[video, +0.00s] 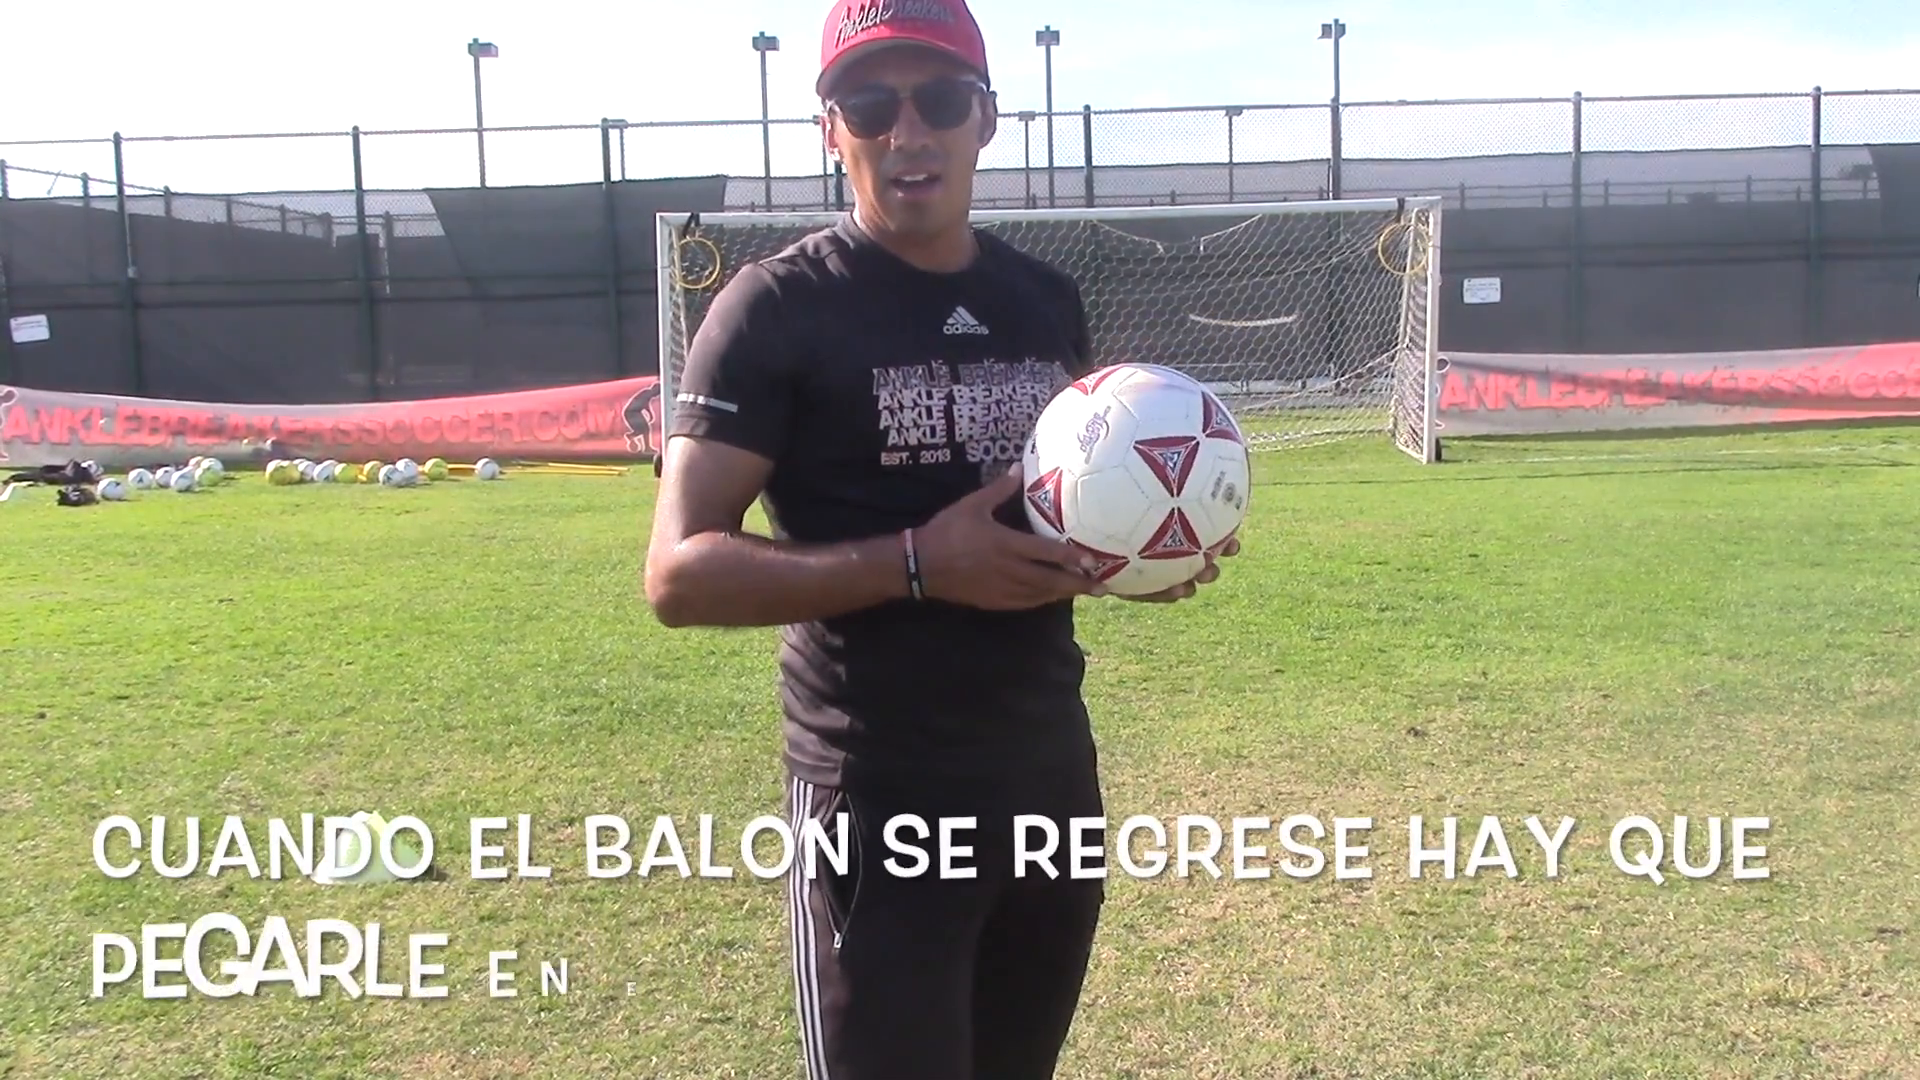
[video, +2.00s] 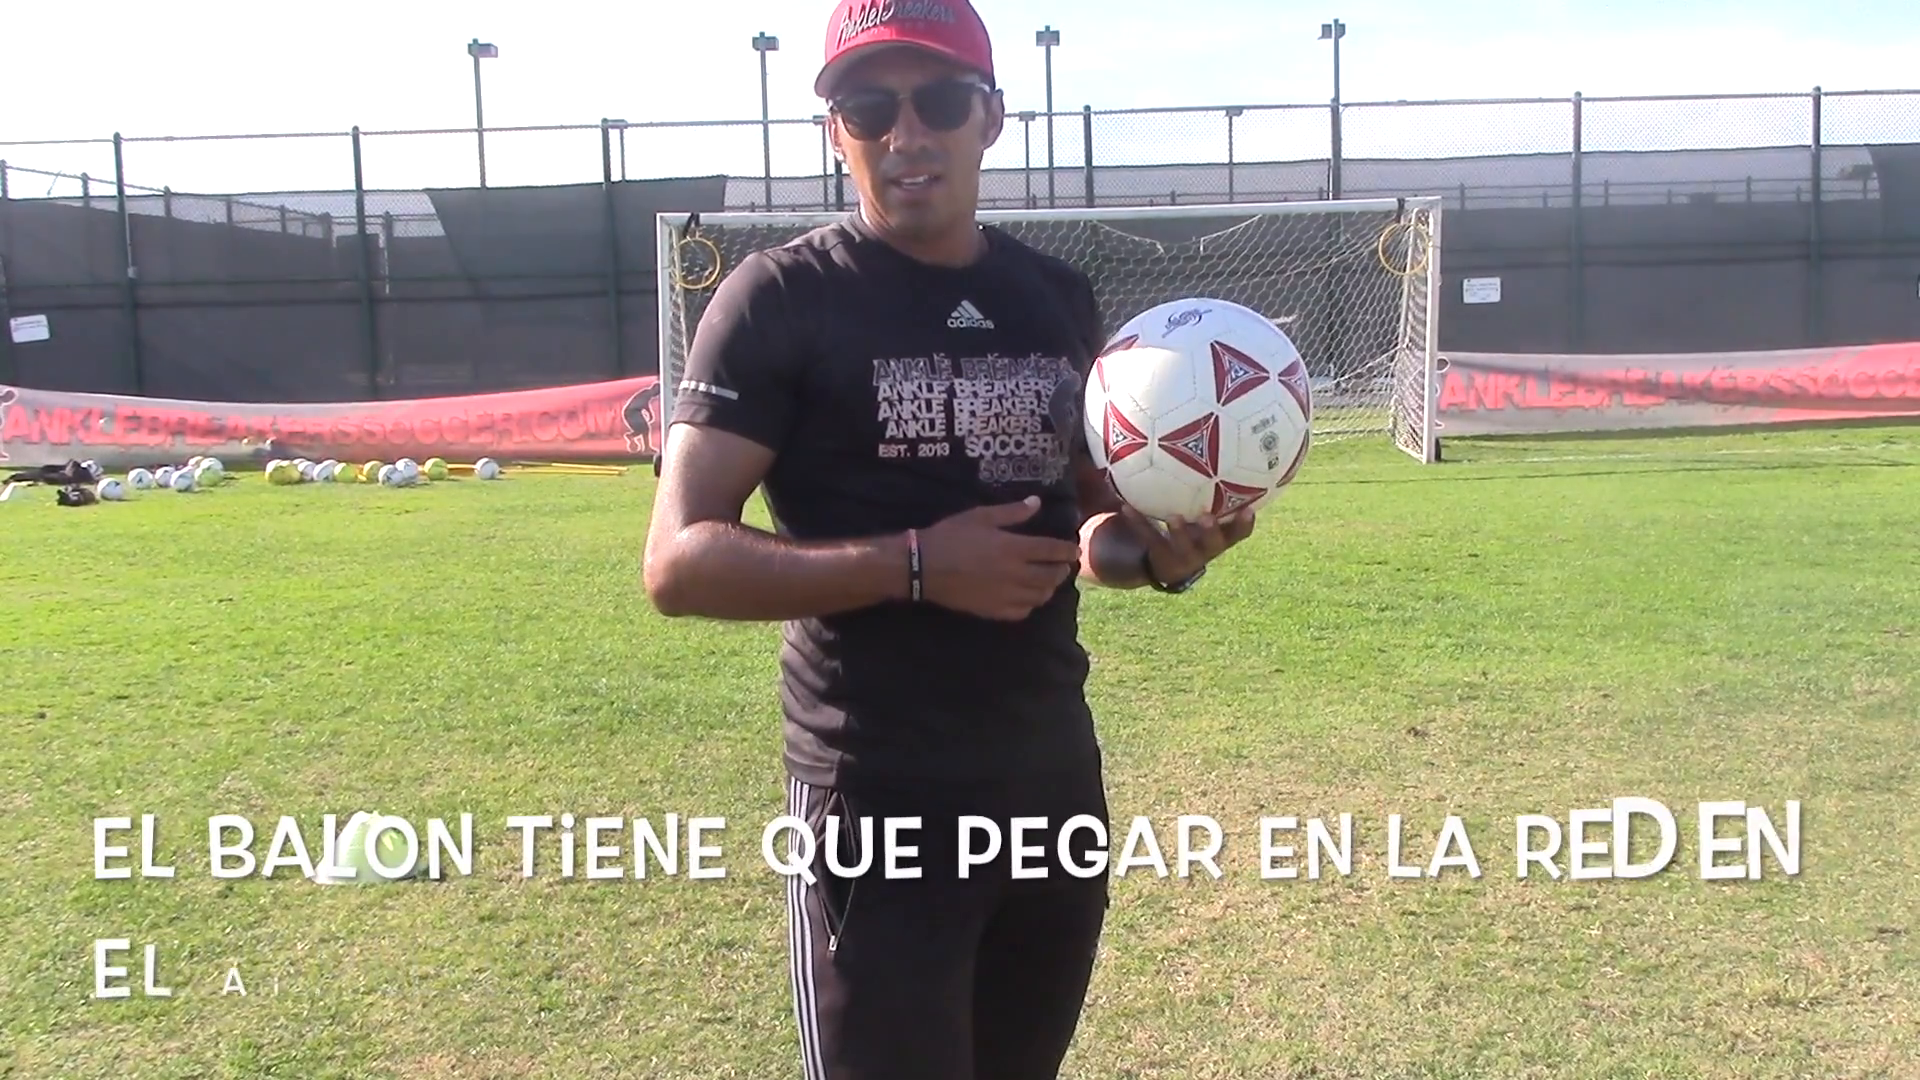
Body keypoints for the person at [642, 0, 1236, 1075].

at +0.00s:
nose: (911, 135)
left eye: (942, 102)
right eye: (874, 105)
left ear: (985, 120)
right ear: (832, 132)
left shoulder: (1043, 299)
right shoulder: (772, 306)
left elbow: (1067, 509)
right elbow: (678, 575)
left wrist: (1167, 535)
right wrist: (916, 560)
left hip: (1045, 759)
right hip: (874, 772)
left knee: (1018, 1062)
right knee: (888, 1062)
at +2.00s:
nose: (908, 137)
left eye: (940, 104)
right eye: (874, 109)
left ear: (989, 119)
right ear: (837, 133)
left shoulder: (1057, 298)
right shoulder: (775, 300)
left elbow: (1094, 526)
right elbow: (678, 562)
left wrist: (1157, 554)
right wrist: (915, 562)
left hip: (1050, 764)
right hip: (872, 777)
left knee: (1020, 1062)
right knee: (887, 1062)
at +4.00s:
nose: (927, 119)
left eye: (963, 85)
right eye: (884, 86)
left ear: (998, 111)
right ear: (824, 112)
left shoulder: (1030, 286)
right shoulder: (745, 318)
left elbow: (1069, 499)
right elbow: (628, 611)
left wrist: (1154, 601)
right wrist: (884, 619)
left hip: (1001, 771)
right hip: (835, 803)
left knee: (1019, 1063)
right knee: (888, 1063)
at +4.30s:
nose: (1064, 124)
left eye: (1062, 94)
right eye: (1028, 95)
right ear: (913, 109)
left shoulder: (948, 275)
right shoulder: (822, 301)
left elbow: (925, 514)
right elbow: (738, 639)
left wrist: (1075, 554)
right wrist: (1028, 619)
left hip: (922, 781)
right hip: (823, 807)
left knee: (964, 1056)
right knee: (879, 1064)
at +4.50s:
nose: (1050, 126)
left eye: (1043, 98)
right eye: (1028, 97)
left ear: (943, 118)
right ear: (946, 115)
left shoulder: (840, 268)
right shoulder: (885, 289)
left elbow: (872, 562)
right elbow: (876, 602)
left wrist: (1061, 564)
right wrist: (1088, 568)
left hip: (842, 775)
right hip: (837, 787)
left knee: (928, 1048)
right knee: (882, 1063)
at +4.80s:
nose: (999, 160)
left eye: (995, 139)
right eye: (990, 140)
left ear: (862, 167)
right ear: (964, 154)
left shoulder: (788, 296)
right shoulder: (954, 294)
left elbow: (723, 537)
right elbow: (984, 559)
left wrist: (910, 556)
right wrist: (1079, 554)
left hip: (765, 717)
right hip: (885, 745)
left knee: (881, 1055)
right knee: (999, 1059)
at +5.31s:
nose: (1063, 221)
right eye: (1063, 208)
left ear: (943, 213)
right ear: (1055, 217)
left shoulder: (853, 320)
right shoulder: (1090, 341)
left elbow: (779, 512)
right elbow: (1151, 550)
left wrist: (881, 559)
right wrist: (1095, 570)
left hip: (882, 681)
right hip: (1029, 688)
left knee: (900, 983)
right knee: (1038, 950)